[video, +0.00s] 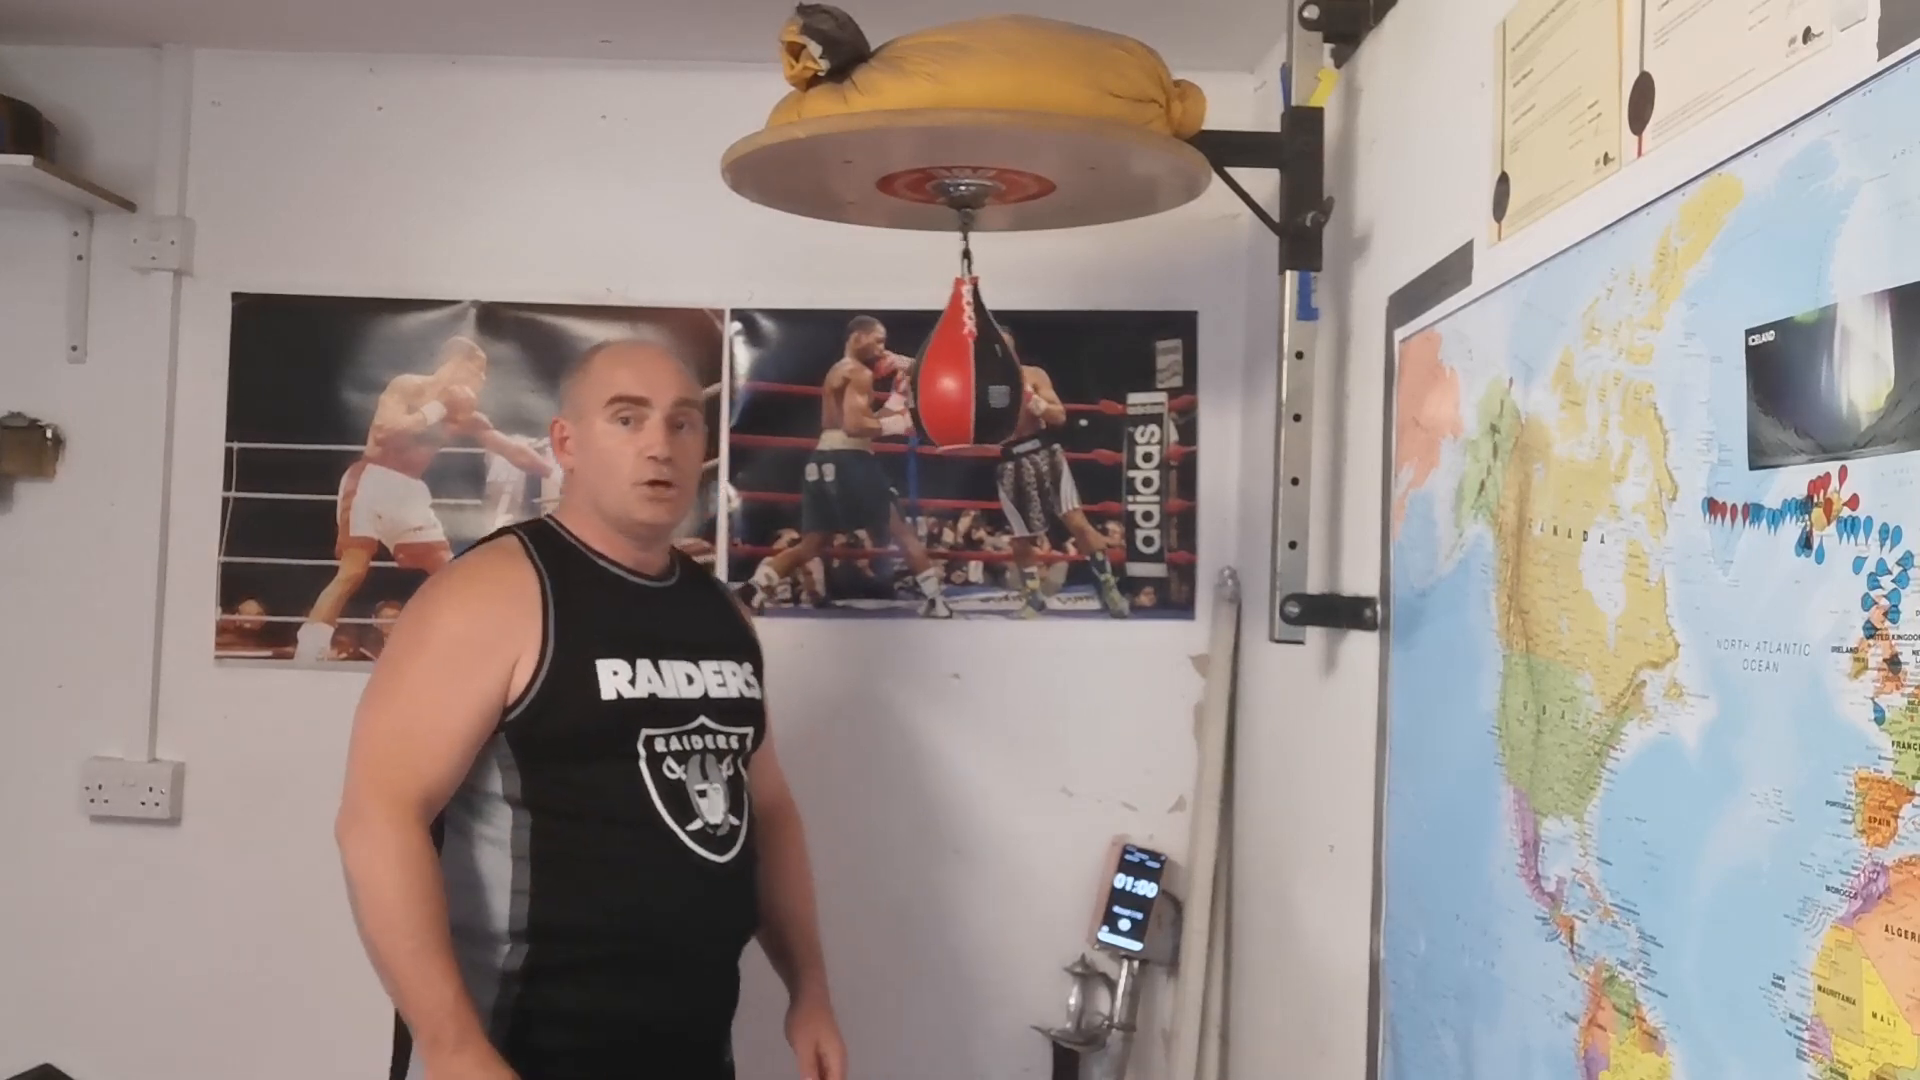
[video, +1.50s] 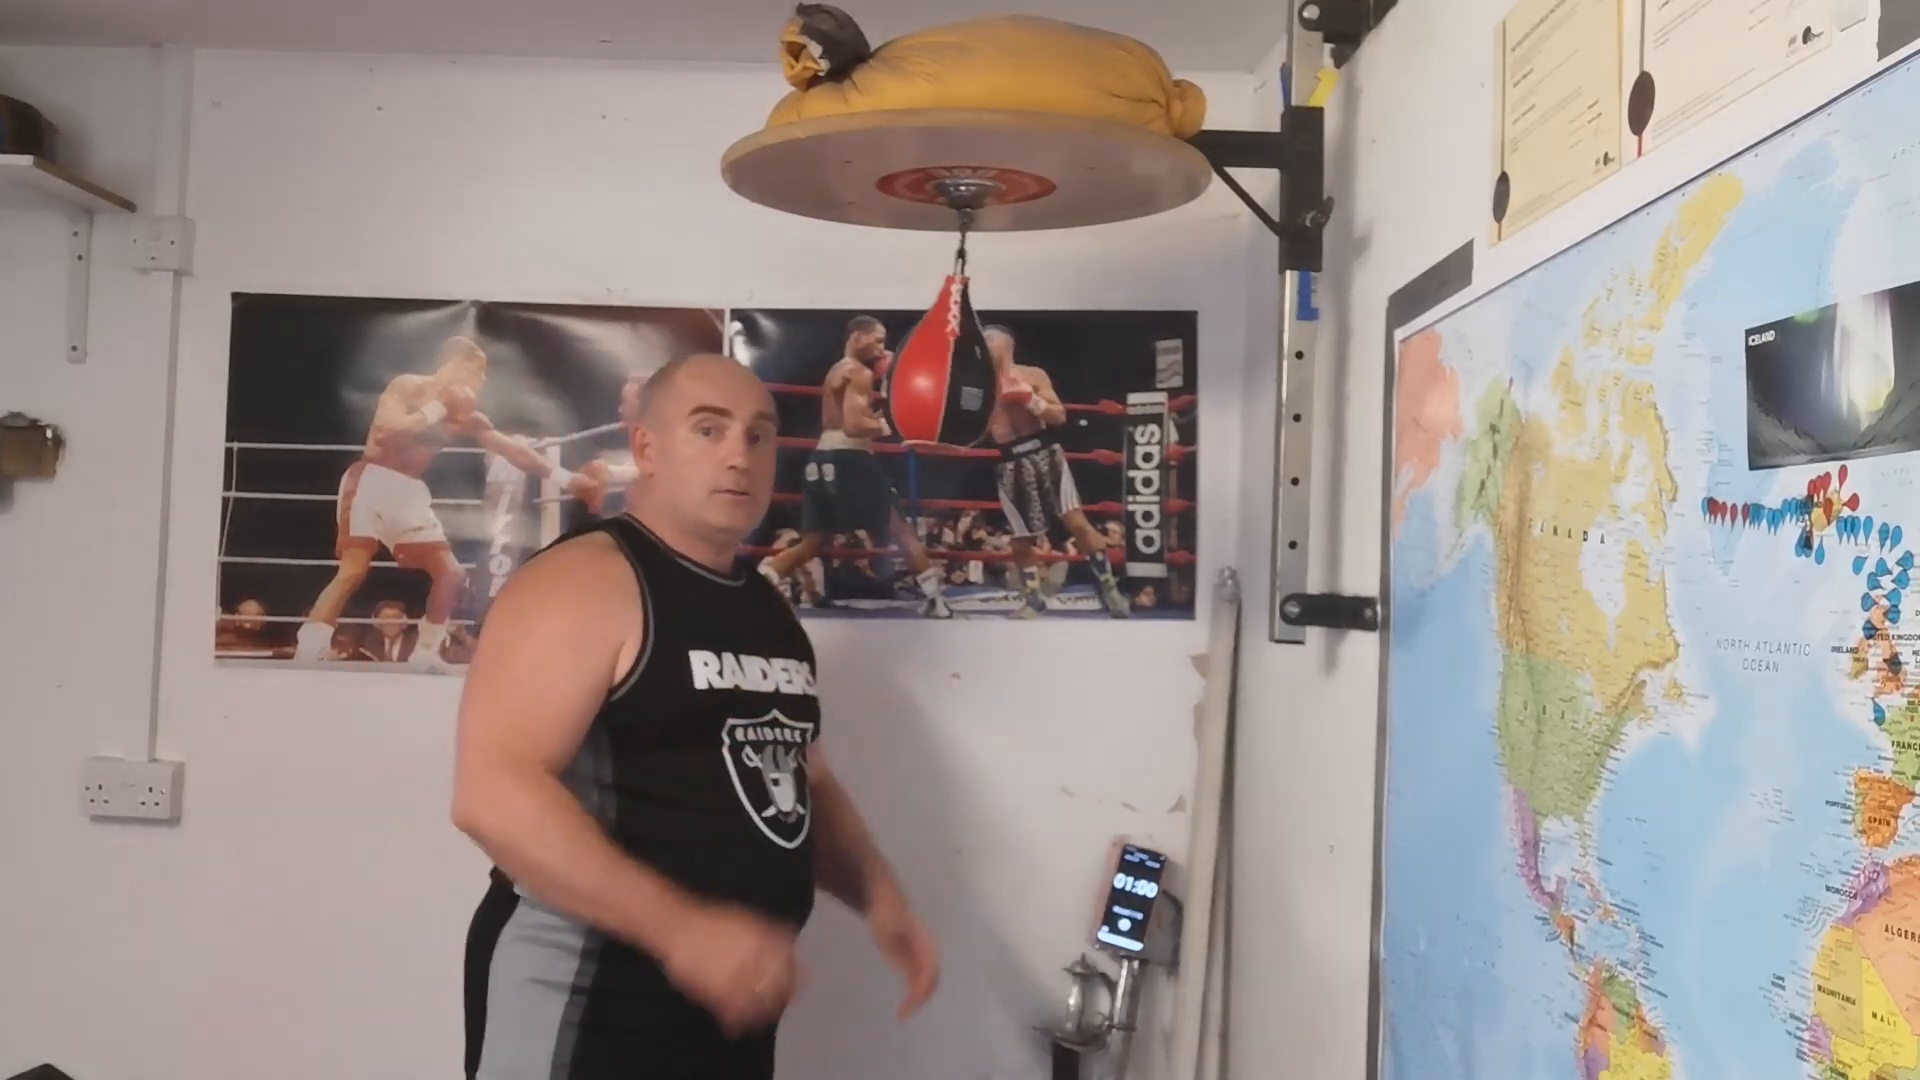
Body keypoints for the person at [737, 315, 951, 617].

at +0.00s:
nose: (881, 349)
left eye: (883, 343)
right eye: (877, 342)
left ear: (854, 341)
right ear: (858, 338)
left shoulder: (834, 373)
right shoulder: (859, 373)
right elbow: (855, 424)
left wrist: (890, 407)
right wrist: (892, 424)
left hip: (821, 463)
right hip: (852, 464)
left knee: (811, 544)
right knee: (903, 530)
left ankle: (751, 590)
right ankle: (936, 599)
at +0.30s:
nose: (881, 348)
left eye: (882, 343)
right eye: (877, 342)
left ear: (854, 340)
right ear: (857, 339)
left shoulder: (835, 372)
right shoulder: (859, 372)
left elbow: (852, 421)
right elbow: (854, 424)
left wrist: (890, 408)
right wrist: (895, 424)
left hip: (820, 463)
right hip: (853, 464)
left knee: (811, 545)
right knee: (903, 532)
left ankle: (751, 590)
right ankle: (936, 599)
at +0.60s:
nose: (882, 348)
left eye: (883, 342)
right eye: (878, 341)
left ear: (854, 341)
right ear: (858, 339)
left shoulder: (835, 372)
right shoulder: (860, 373)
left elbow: (860, 407)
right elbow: (854, 424)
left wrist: (881, 377)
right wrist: (884, 425)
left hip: (820, 462)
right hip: (852, 463)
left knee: (812, 544)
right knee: (903, 531)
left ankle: (752, 589)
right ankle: (935, 599)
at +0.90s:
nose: (881, 348)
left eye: (882, 342)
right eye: (878, 342)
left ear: (854, 340)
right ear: (857, 338)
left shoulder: (835, 372)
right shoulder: (860, 372)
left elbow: (844, 420)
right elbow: (854, 424)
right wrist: (889, 424)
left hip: (821, 463)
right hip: (852, 464)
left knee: (812, 544)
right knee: (903, 531)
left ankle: (753, 589)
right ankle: (935, 598)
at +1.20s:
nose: (881, 349)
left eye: (883, 343)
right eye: (877, 342)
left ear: (855, 340)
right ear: (858, 338)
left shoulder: (834, 373)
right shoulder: (859, 373)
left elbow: (848, 423)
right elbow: (855, 425)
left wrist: (886, 411)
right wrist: (894, 423)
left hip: (820, 463)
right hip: (852, 463)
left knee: (812, 544)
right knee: (901, 531)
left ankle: (752, 590)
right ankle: (936, 598)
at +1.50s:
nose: (881, 349)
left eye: (882, 343)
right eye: (877, 342)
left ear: (853, 340)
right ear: (856, 338)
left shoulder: (834, 372)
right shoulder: (858, 373)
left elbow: (837, 419)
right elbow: (854, 425)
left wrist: (878, 375)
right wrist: (884, 425)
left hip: (820, 462)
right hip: (852, 462)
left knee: (814, 542)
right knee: (903, 530)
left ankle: (753, 588)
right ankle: (936, 599)